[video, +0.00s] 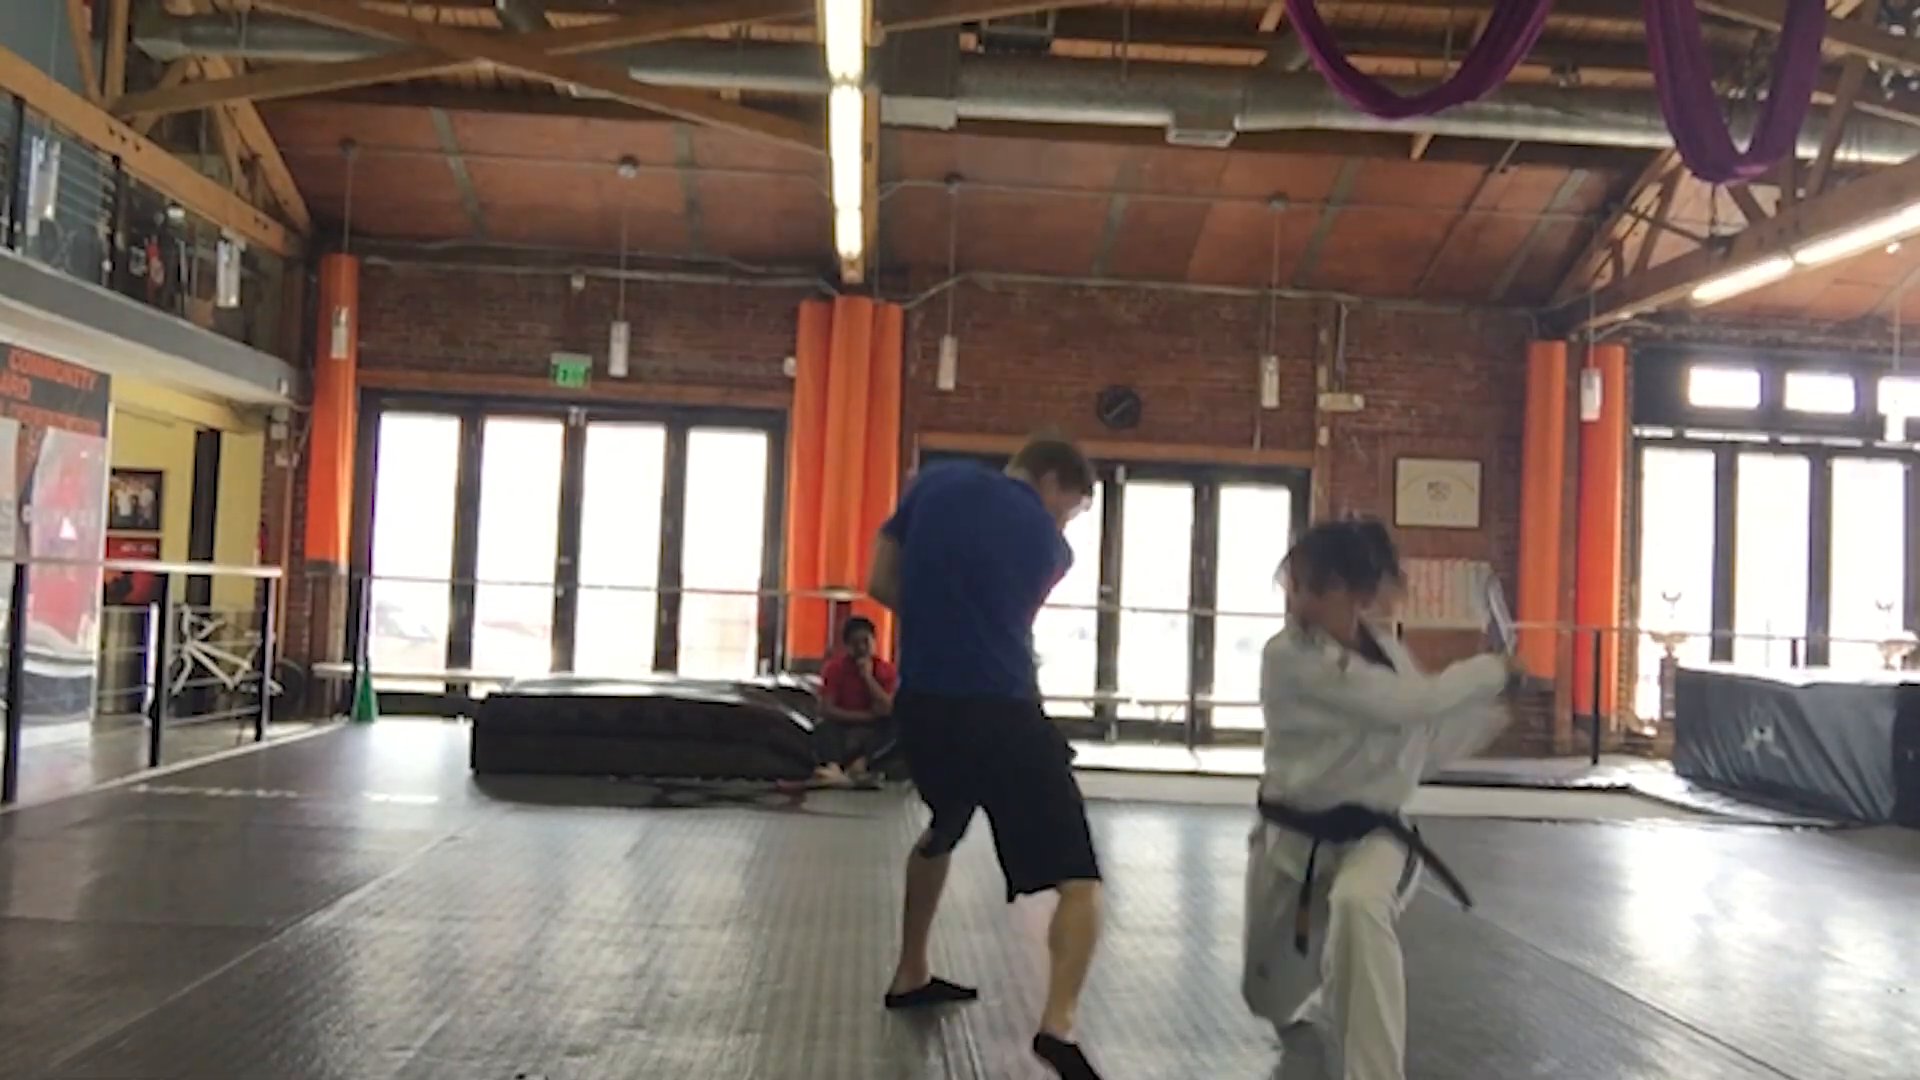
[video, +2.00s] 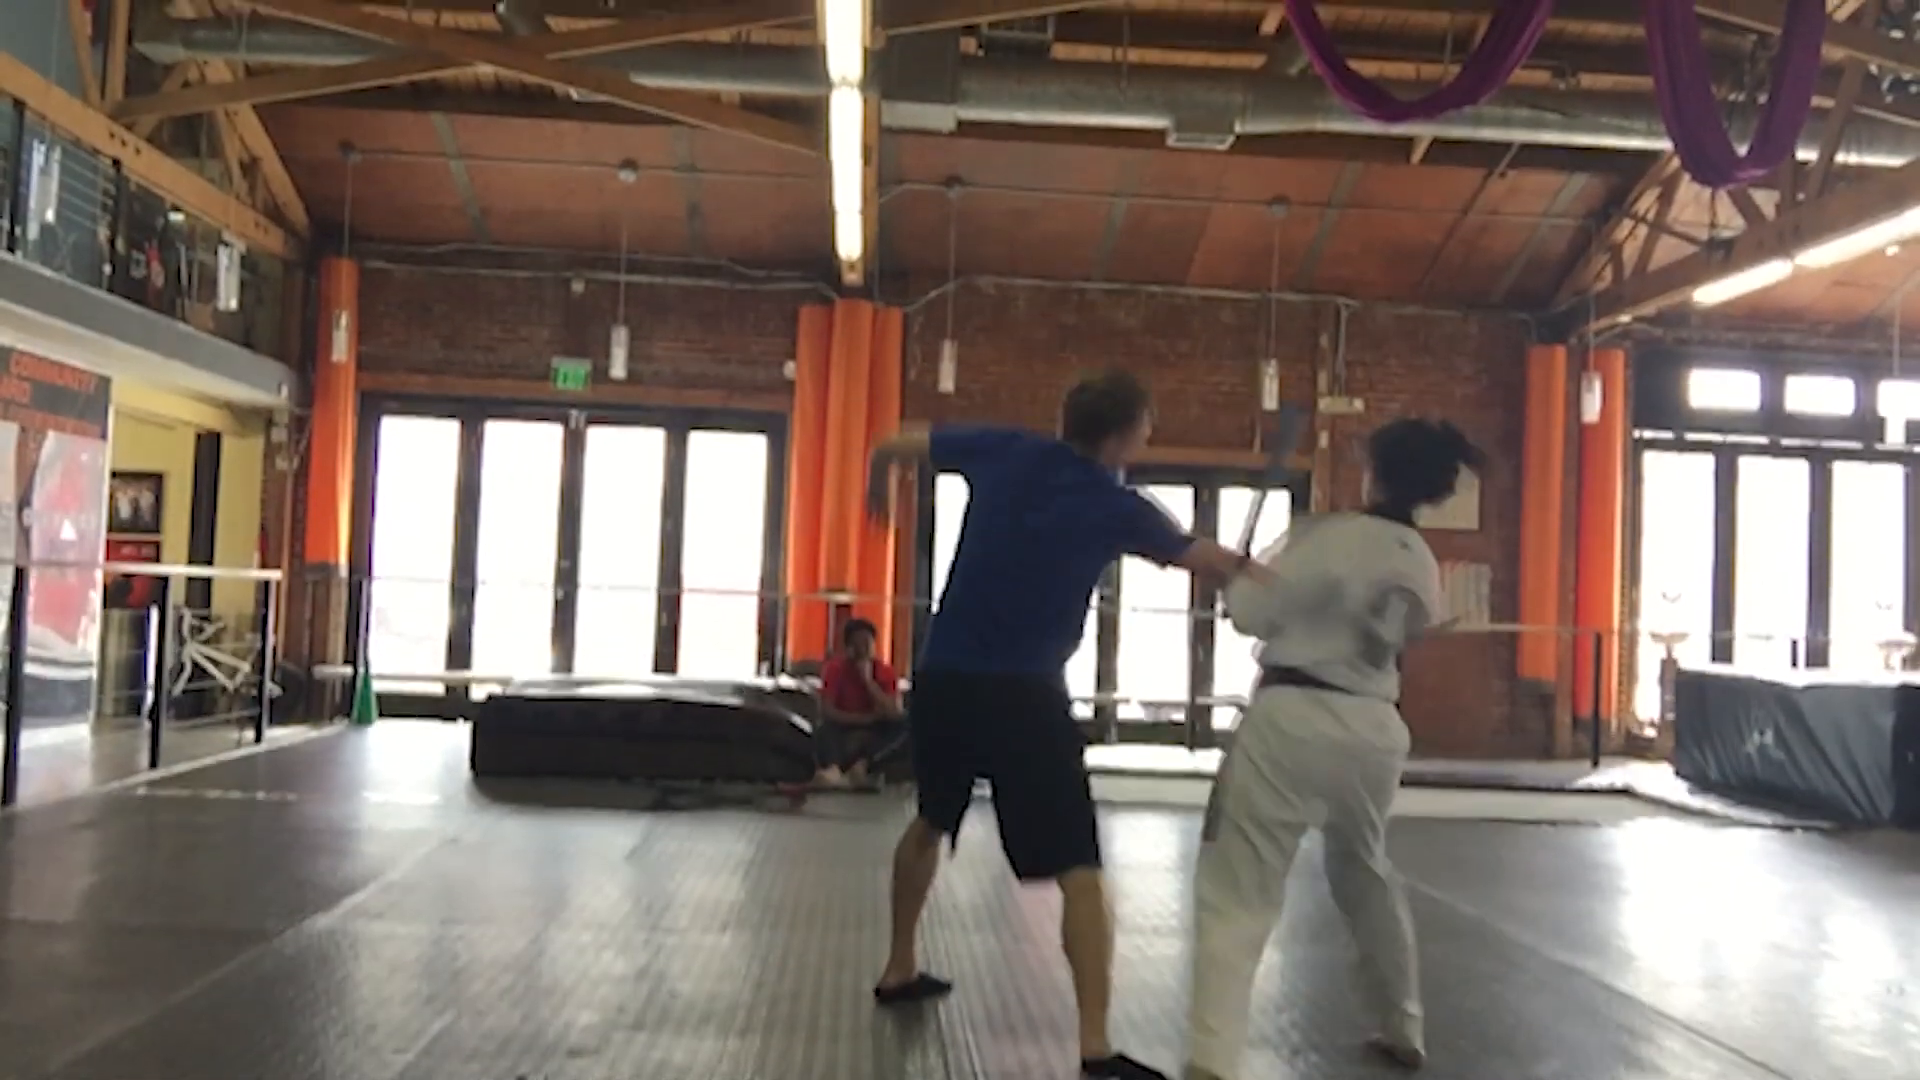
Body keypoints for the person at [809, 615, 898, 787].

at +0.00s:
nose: (861, 648)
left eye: (865, 641)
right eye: (855, 643)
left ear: (873, 641)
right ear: (846, 646)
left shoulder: (885, 669)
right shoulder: (834, 668)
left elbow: (886, 708)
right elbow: (826, 709)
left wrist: (868, 676)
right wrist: (868, 715)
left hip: (873, 723)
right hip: (841, 723)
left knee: (895, 728)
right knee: (824, 728)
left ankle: (861, 765)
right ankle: (833, 767)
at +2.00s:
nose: (863, 648)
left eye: (866, 642)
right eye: (858, 643)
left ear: (873, 643)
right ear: (848, 644)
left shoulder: (884, 671)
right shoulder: (835, 668)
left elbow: (893, 711)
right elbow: (828, 712)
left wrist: (868, 681)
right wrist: (869, 718)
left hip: (874, 725)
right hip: (843, 725)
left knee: (902, 728)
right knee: (826, 729)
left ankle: (864, 765)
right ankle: (832, 768)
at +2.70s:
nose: (862, 648)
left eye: (866, 642)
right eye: (856, 642)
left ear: (873, 642)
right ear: (847, 644)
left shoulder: (884, 668)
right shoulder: (834, 667)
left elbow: (892, 708)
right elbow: (827, 707)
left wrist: (867, 676)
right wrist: (868, 714)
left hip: (875, 721)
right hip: (843, 723)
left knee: (906, 721)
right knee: (822, 729)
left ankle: (866, 761)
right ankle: (832, 765)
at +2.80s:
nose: (861, 646)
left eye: (865, 640)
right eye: (855, 641)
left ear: (873, 640)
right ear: (847, 643)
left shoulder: (884, 667)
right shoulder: (834, 666)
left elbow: (892, 707)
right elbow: (827, 706)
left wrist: (868, 676)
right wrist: (869, 713)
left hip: (875, 720)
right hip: (842, 720)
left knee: (906, 720)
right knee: (821, 729)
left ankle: (866, 759)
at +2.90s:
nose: (861, 645)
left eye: (865, 639)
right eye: (856, 640)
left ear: (873, 638)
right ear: (847, 641)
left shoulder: (884, 665)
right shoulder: (834, 664)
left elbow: (892, 706)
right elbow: (827, 705)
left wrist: (868, 675)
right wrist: (869, 711)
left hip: (875, 718)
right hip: (842, 719)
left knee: (906, 718)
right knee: (821, 729)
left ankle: (866, 757)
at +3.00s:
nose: (861, 647)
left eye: (865, 641)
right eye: (856, 642)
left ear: (873, 641)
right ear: (847, 643)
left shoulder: (885, 668)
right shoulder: (833, 666)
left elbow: (892, 708)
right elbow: (827, 706)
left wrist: (868, 676)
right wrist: (868, 713)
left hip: (875, 719)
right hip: (842, 720)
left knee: (906, 719)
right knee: (823, 727)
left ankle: (865, 759)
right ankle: (833, 763)